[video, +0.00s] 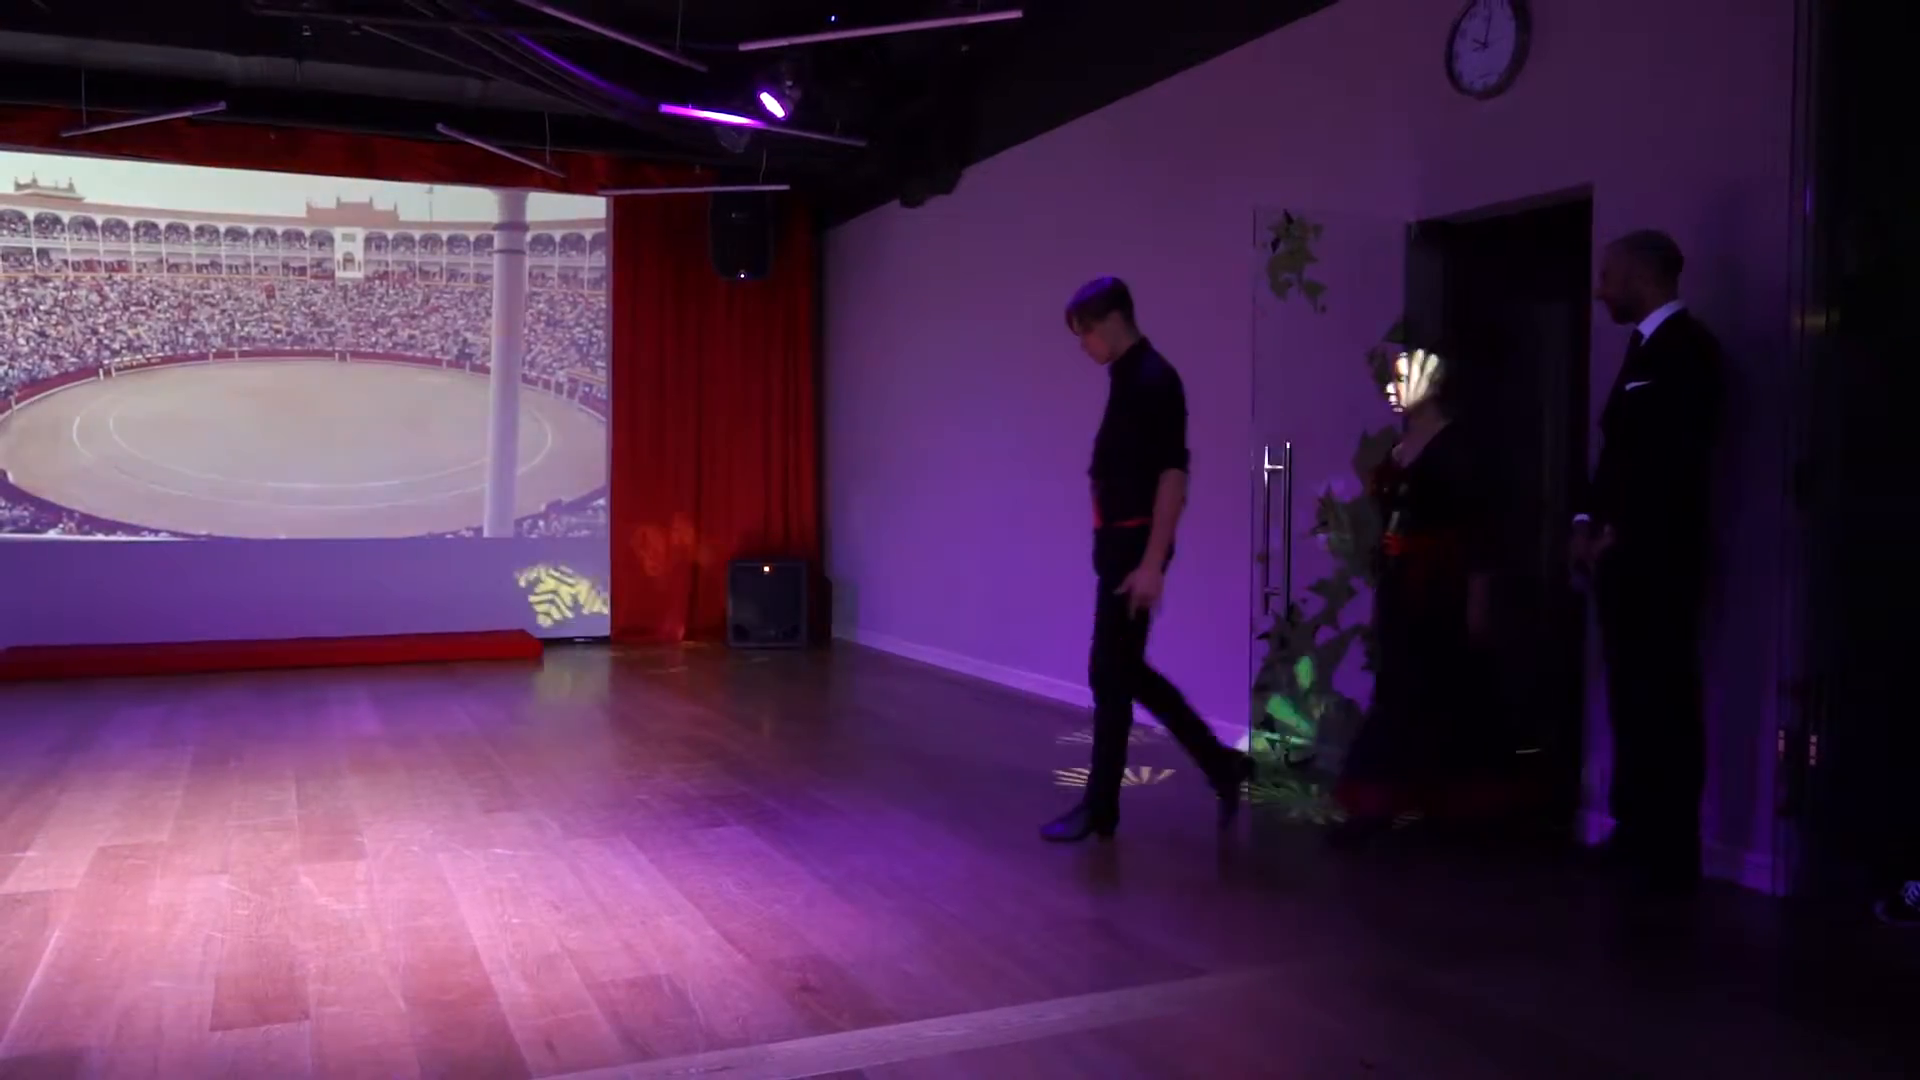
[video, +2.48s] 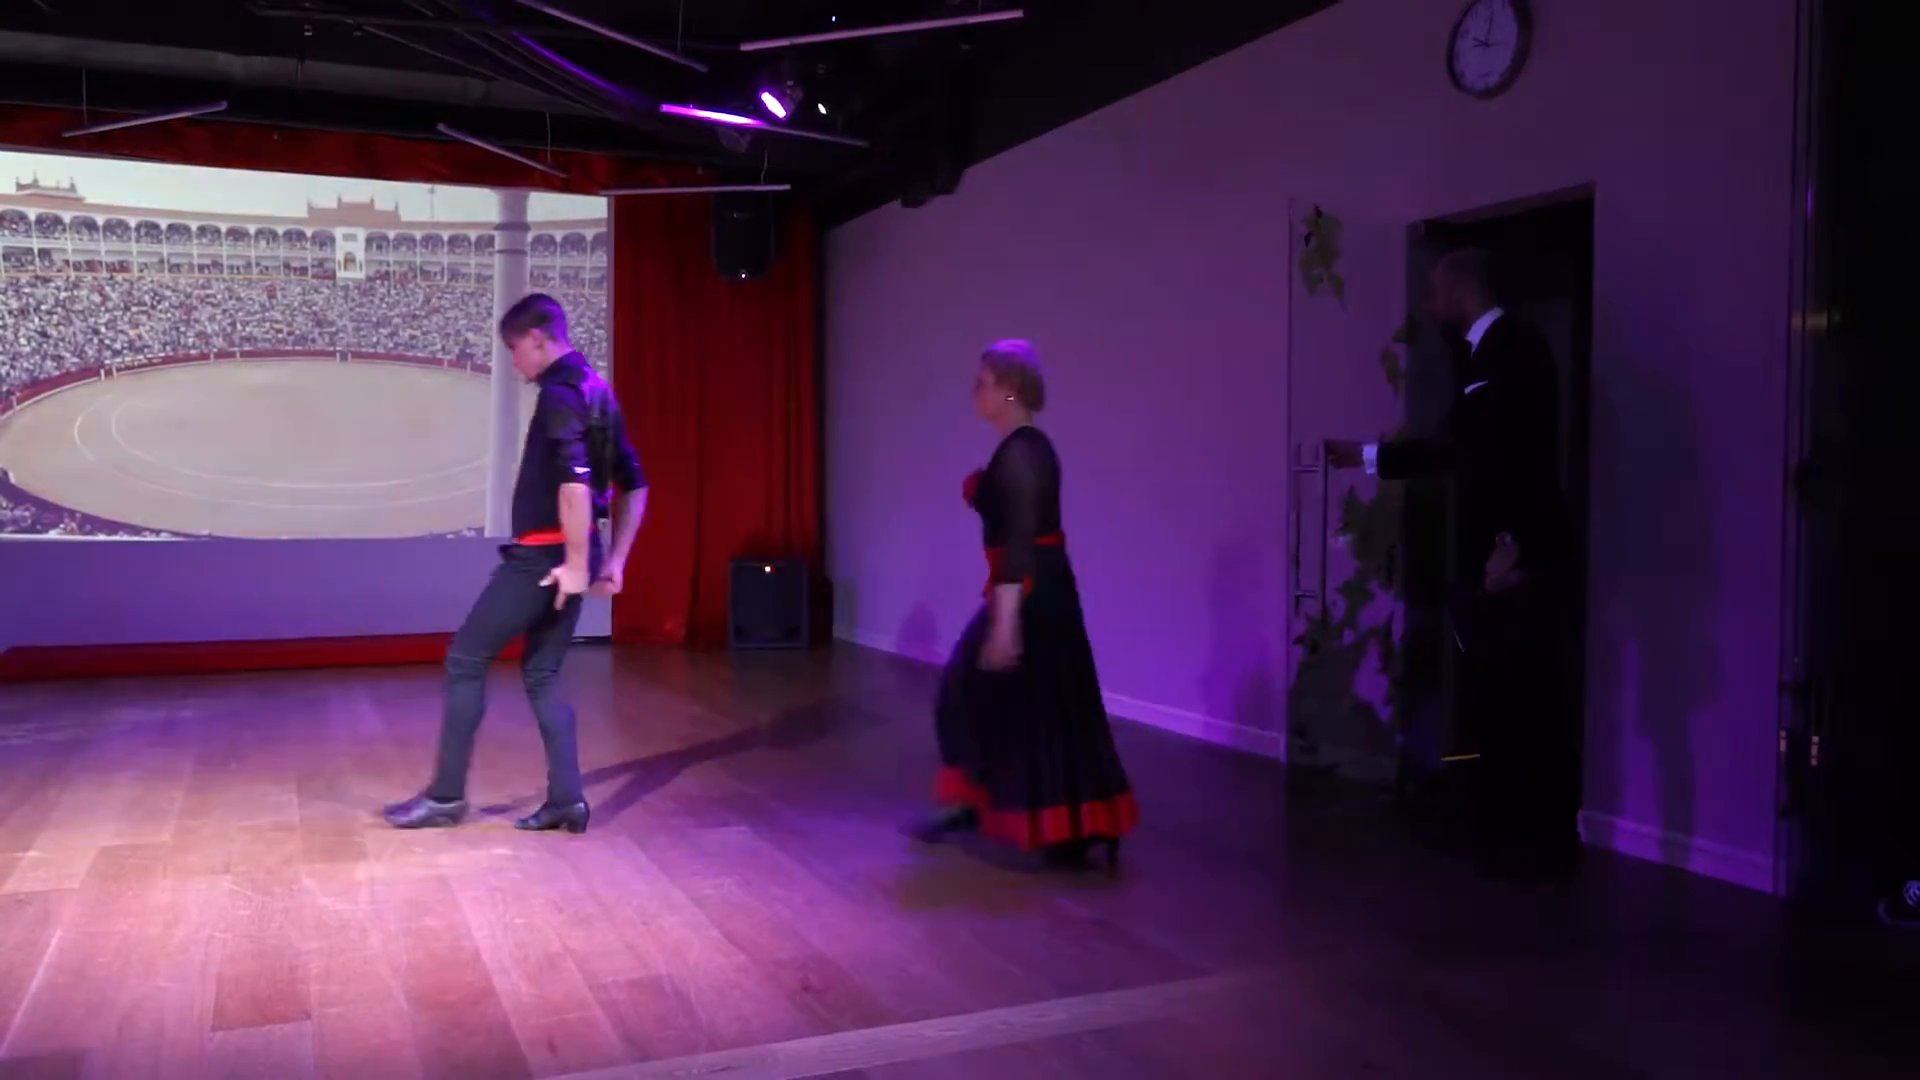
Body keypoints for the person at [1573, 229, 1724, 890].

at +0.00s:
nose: (1604, 288)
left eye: (1613, 274)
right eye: (1605, 274)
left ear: (1646, 277)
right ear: (1653, 276)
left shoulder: (1683, 351)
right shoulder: (1646, 349)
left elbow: (1661, 464)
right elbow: (1614, 452)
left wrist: (1617, 530)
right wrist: (1587, 516)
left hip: (1664, 558)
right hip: (1634, 556)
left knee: (1660, 703)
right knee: (1638, 702)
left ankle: (1664, 851)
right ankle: (1639, 842)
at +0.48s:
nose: (1604, 288)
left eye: (1611, 276)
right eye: (1605, 276)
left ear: (1643, 278)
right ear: (1653, 276)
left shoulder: (1685, 351)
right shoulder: (1651, 348)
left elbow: (1662, 463)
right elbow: (1624, 451)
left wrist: (1619, 526)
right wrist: (1587, 510)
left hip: (1671, 554)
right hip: (1642, 551)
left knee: (1663, 697)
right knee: (1641, 696)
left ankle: (1665, 847)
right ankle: (1639, 838)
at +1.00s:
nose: (1587, 289)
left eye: (1595, 277)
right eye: (1588, 277)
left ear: (1626, 281)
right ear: (1632, 281)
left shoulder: (1667, 354)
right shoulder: (1626, 351)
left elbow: (1646, 467)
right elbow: (1600, 451)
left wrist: (1589, 521)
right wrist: (1562, 501)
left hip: (1646, 559)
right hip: (1609, 557)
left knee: (1663, 707)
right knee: (1572, 700)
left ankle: (1679, 857)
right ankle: (1549, 838)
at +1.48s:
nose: (1483, 304)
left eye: (1490, 292)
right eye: (1484, 292)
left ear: (1520, 292)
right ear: (1526, 293)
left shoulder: (1562, 356)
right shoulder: (1537, 356)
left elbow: (1560, 466)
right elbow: (1545, 464)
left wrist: (1525, 539)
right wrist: (1518, 535)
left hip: (1567, 547)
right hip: (1553, 545)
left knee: (1598, 690)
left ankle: (1656, 842)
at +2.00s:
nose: (1433, 301)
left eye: (1440, 289)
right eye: (1432, 291)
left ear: (1474, 288)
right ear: (1459, 293)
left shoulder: (1529, 350)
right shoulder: (1473, 361)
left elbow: (1549, 452)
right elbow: (1415, 431)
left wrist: (1536, 535)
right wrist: (1331, 450)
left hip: (1533, 555)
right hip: (1490, 548)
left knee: (1533, 688)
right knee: (1496, 684)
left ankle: (1536, 833)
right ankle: (1499, 820)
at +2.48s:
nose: (1433, 305)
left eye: (1439, 290)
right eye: (1433, 292)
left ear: (1464, 288)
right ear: (1468, 286)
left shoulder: (1511, 351)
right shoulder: (1479, 352)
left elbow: (1513, 455)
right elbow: (1459, 451)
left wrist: (1511, 539)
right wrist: (1369, 456)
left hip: (1518, 558)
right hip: (1493, 555)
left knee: (1510, 695)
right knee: (1494, 693)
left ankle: (1521, 835)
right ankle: (1499, 828)